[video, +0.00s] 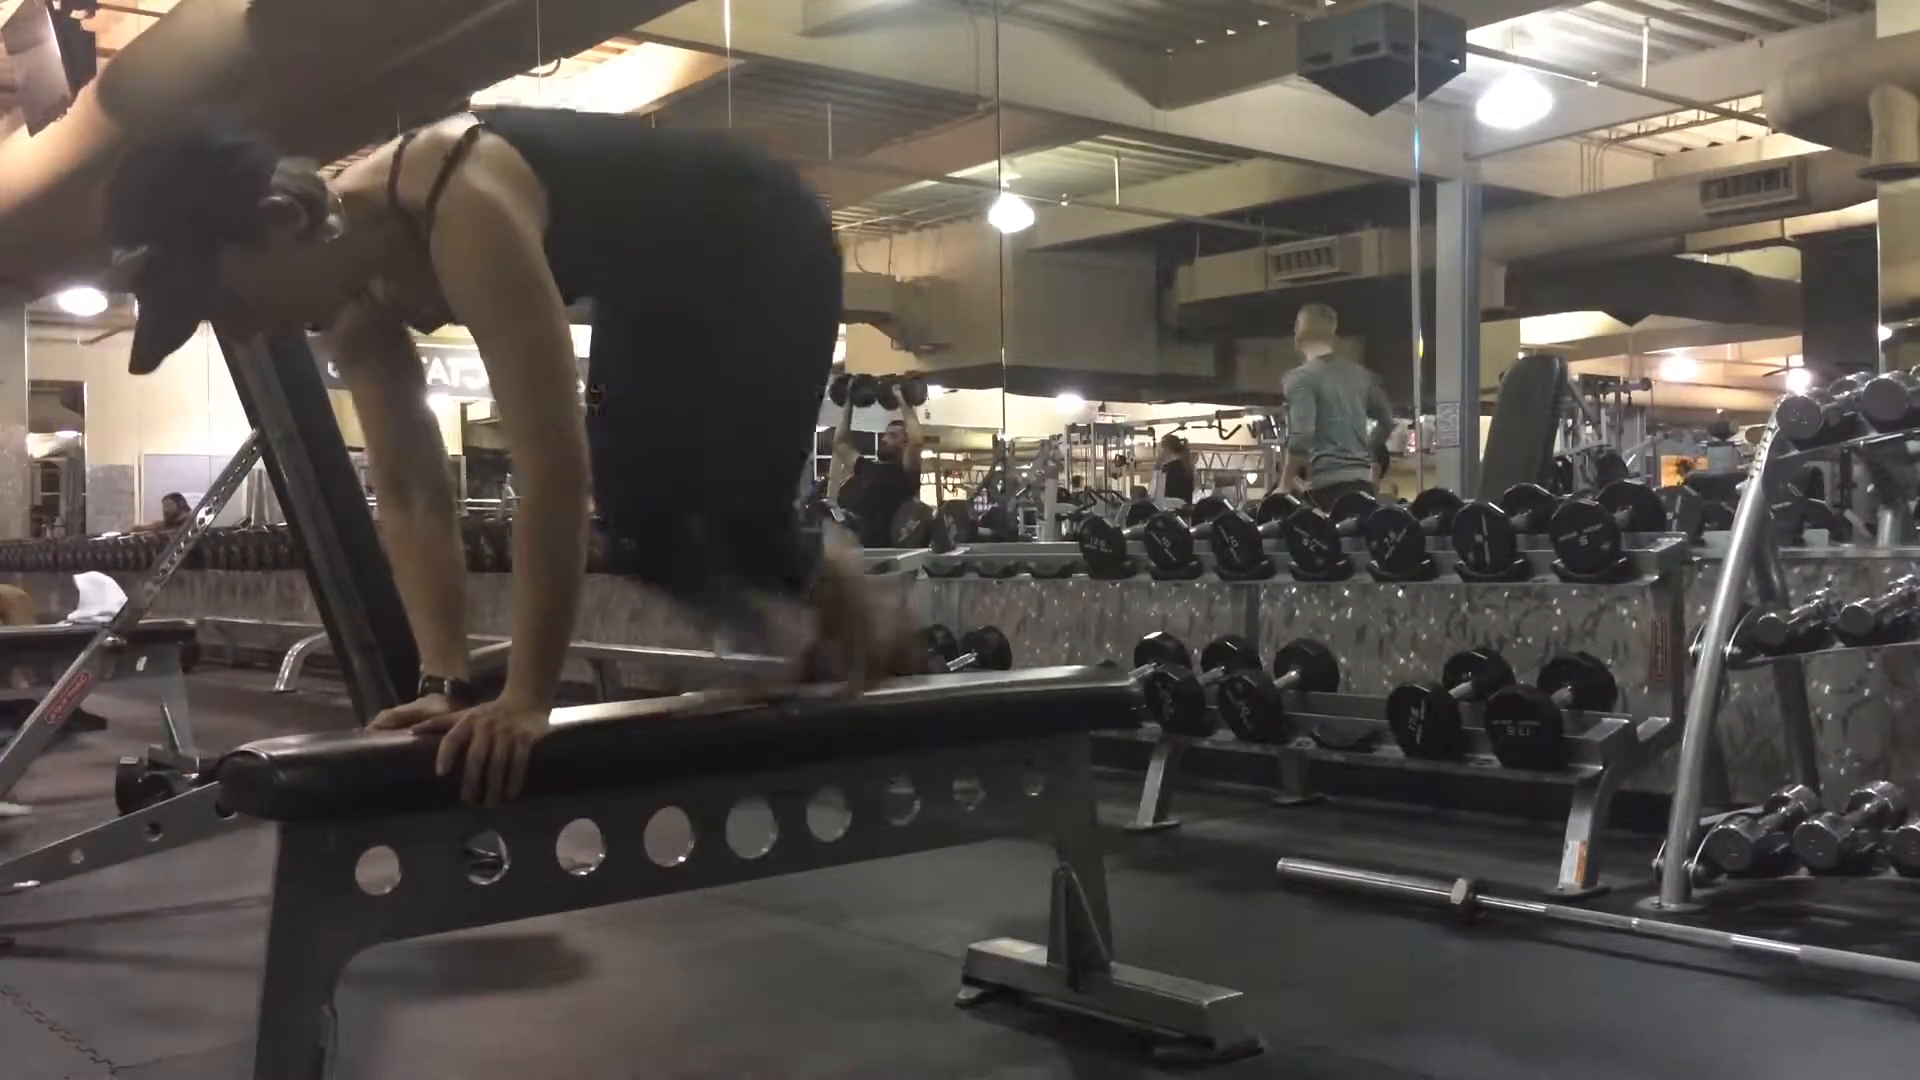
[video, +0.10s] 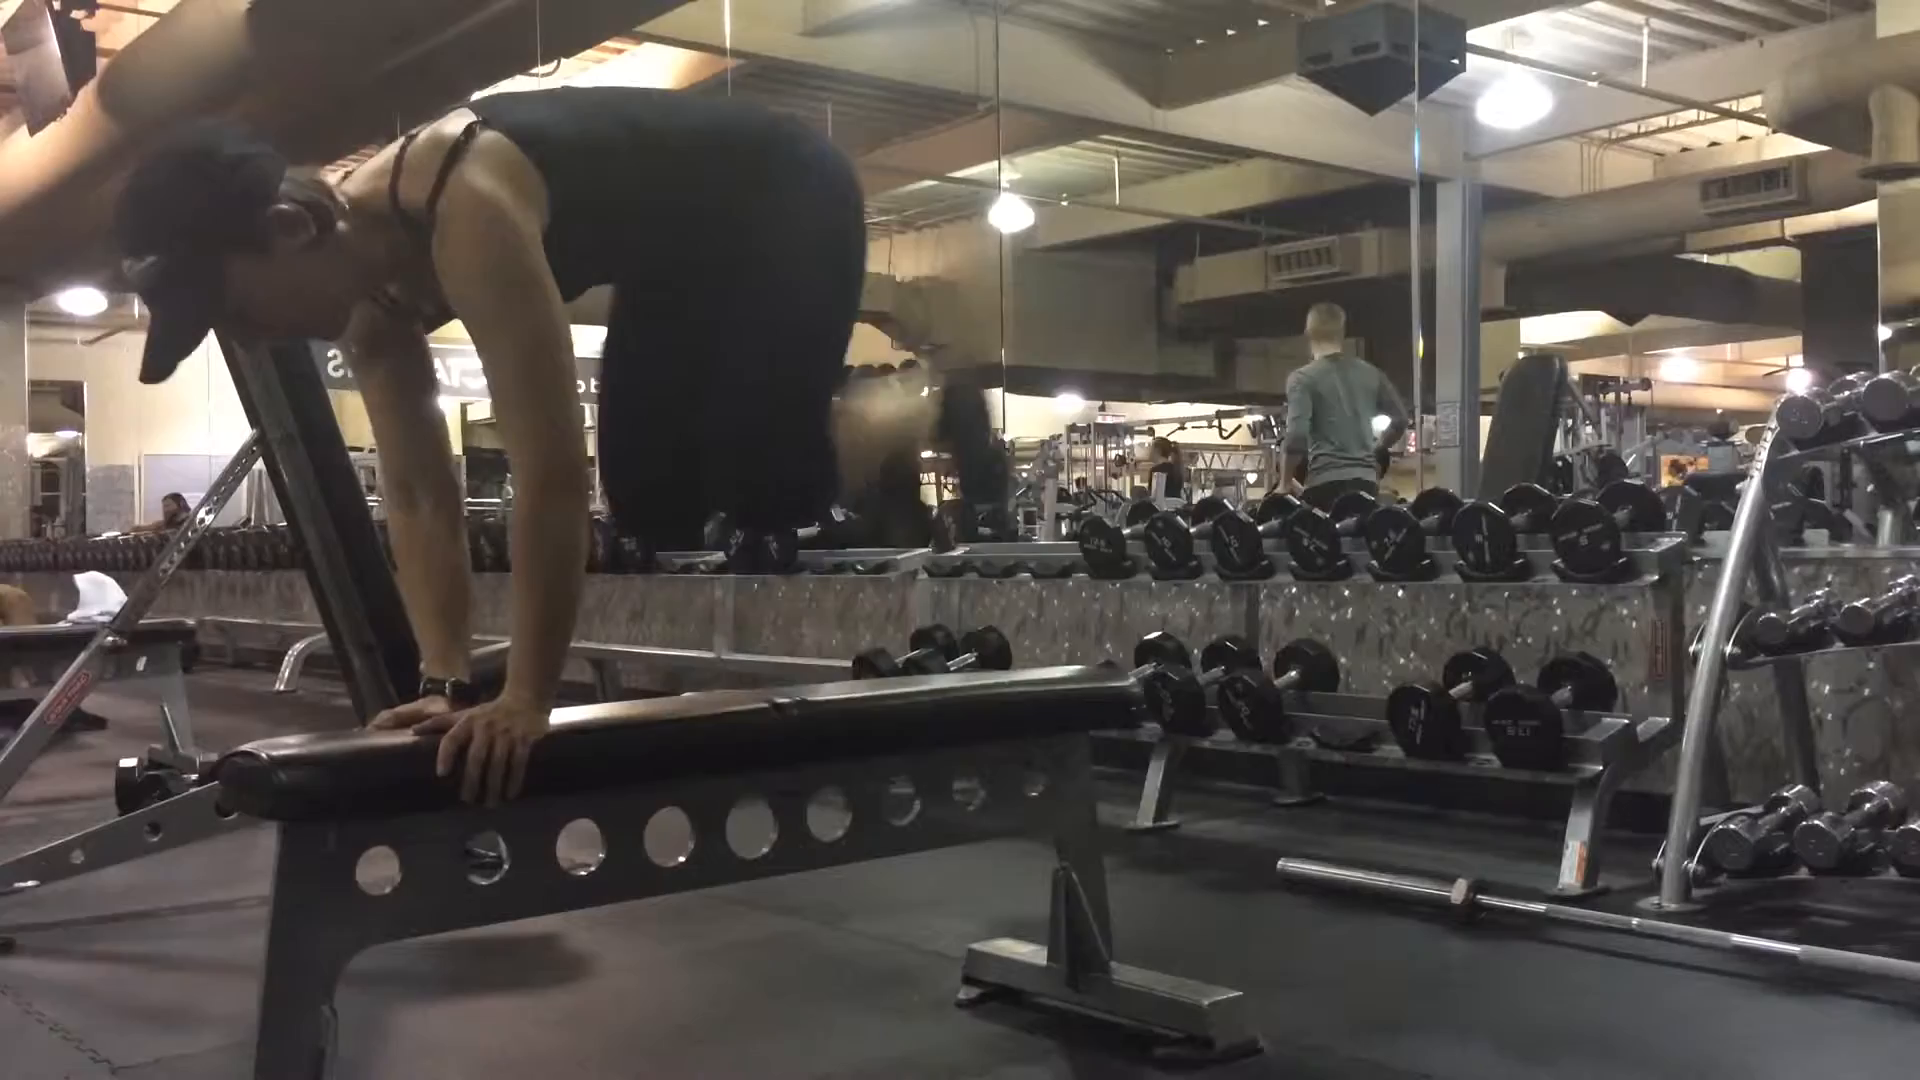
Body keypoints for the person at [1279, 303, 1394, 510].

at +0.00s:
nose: (1294, 338)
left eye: (1295, 332)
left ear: (1298, 337)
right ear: (1332, 336)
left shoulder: (1301, 378)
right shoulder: (1360, 374)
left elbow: (1302, 435)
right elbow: (1386, 422)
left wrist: (1286, 482)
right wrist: (1366, 452)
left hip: (1325, 484)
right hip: (1363, 479)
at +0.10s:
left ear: (1309, 334)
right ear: (1342, 333)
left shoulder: (1303, 378)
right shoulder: (1370, 373)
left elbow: (1297, 437)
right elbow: (1400, 420)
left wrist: (1286, 481)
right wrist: (1379, 450)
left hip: (1323, 484)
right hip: (1366, 481)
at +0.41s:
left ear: (1325, 346)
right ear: (1358, 343)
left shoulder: (1312, 393)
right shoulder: (1385, 385)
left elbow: (1294, 443)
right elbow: (1400, 435)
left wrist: (1288, 481)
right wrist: (1380, 457)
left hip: (1329, 490)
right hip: (1372, 489)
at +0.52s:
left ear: (1333, 348)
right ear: (1365, 346)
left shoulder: (1320, 396)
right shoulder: (1390, 385)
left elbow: (1301, 456)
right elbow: (1407, 439)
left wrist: (1298, 493)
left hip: (1336, 492)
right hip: (1378, 492)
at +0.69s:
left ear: (1353, 347)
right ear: (1385, 347)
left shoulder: (1334, 392)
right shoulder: (1398, 383)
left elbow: (1317, 449)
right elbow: (1412, 433)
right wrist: (1422, 465)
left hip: (1345, 491)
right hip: (1388, 492)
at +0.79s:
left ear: (1366, 351)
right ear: (1397, 350)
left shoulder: (1346, 393)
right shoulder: (1401, 386)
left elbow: (1329, 446)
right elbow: (1416, 432)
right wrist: (1428, 465)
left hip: (1354, 488)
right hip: (1394, 491)